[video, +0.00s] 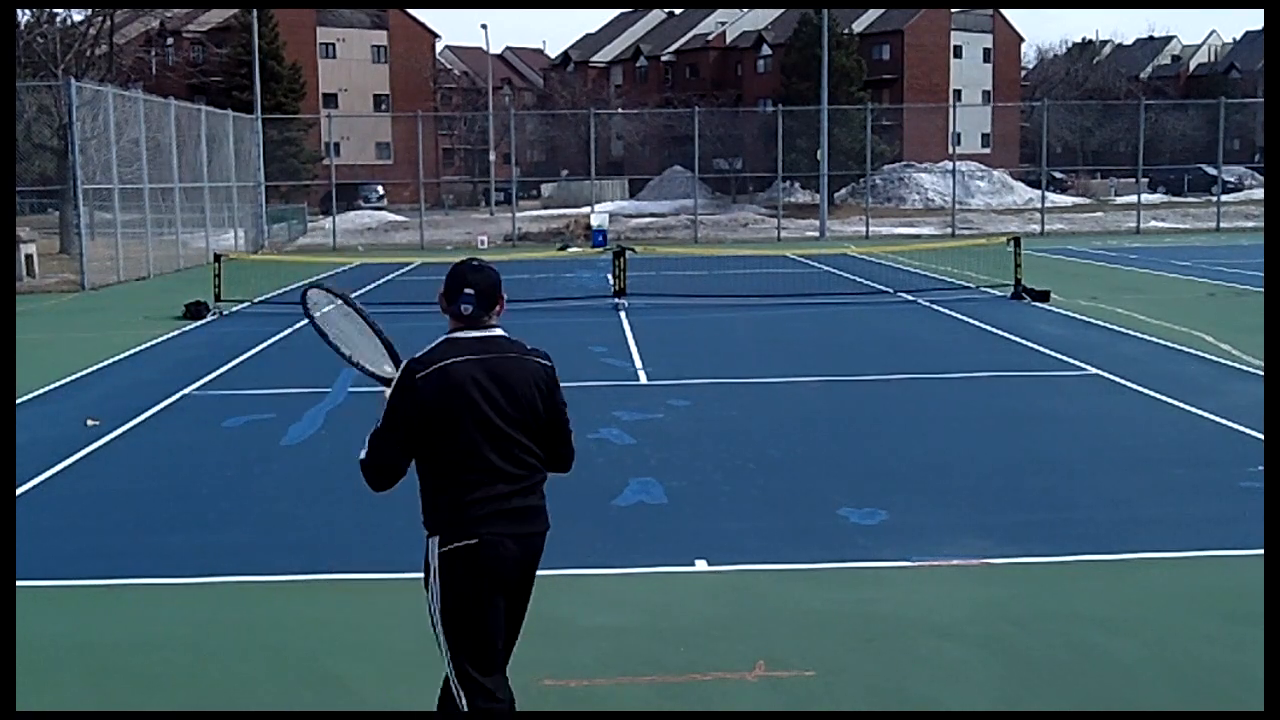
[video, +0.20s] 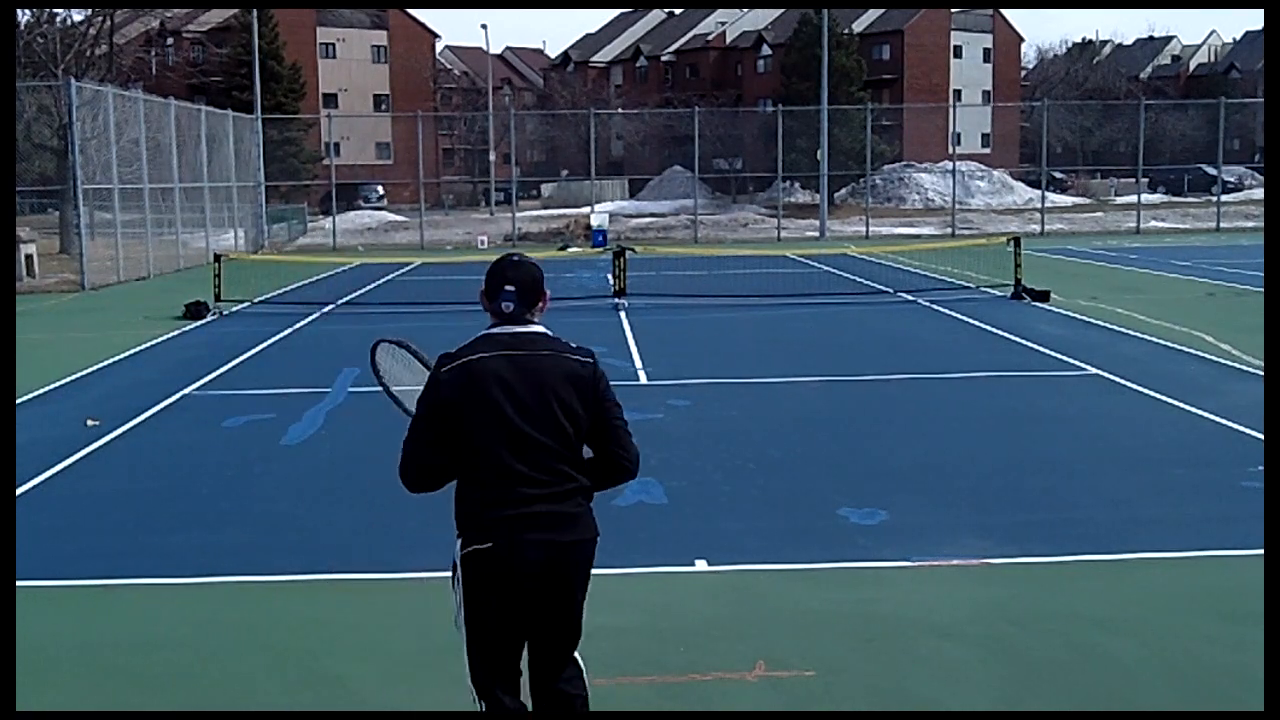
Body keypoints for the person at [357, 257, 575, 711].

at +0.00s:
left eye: (445, 300)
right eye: (497, 300)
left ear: (443, 305)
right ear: (500, 305)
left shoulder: (421, 372)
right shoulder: (534, 364)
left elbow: (379, 474)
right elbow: (560, 457)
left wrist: (396, 406)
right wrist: (504, 424)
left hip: (458, 538)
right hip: (526, 533)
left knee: (477, 678)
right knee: (477, 672)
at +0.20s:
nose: (544, 302)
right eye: (545, 296)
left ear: (485, 302)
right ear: (543, 302)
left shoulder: (455, 369)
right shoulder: (579, 362)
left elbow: (417, 475)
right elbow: (622, 461)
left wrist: (471, 446)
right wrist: (567, 476)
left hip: (490, 547)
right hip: (568, 542)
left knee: (495, 680)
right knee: (557, 666)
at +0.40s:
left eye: (526, 298)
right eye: (591, 301)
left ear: (527, 306)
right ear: (589, 308)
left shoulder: (495, 376)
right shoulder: (623, 373)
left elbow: (458, 483)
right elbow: (666, 477)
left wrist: (515, 468)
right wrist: (611, 499)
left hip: (528, 566)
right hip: (615, 560)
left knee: (525, 697)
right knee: (661, 684)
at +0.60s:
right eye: (653, 296)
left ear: (588, 304)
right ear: (652, 303)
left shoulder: (555, 373)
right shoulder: (691, 369)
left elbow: (518, 485)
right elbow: (732, 480)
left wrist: (574, 491)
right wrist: (677, 505)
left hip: (592, 574)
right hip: (682, 569)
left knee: (575, 699)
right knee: (732, 699)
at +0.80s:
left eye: (625, 327)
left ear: (627, 337)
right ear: (694, 336)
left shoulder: (592, 410)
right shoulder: (734, 406)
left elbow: (563, 527)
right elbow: (784, 516)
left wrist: (624, 549)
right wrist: (729, 551)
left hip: (631, 614)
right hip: (727, 608)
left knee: (611, 707)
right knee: (748, 711)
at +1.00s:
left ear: (625, 336)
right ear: (693, 338)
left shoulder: (581, 411)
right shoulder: (718, 411)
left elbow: (564, 535)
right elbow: (769, 534)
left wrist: (626, 540)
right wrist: (712, 559)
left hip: (604, 622)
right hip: (696, 623)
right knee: (731, 713)